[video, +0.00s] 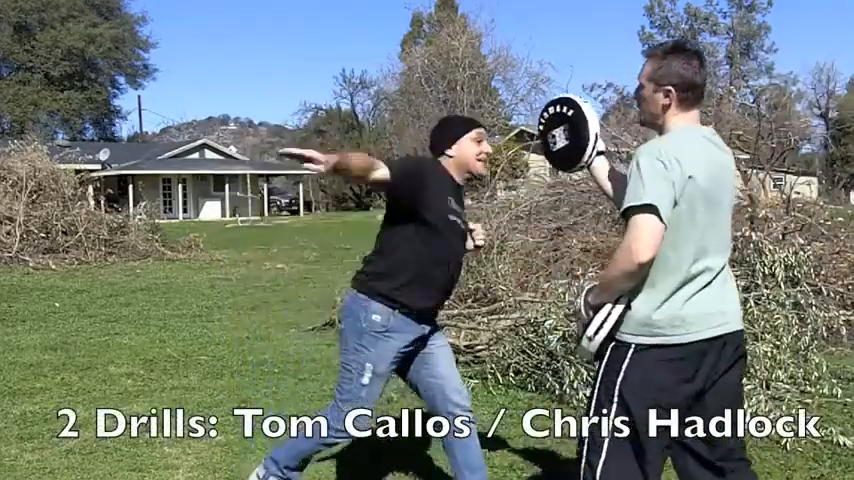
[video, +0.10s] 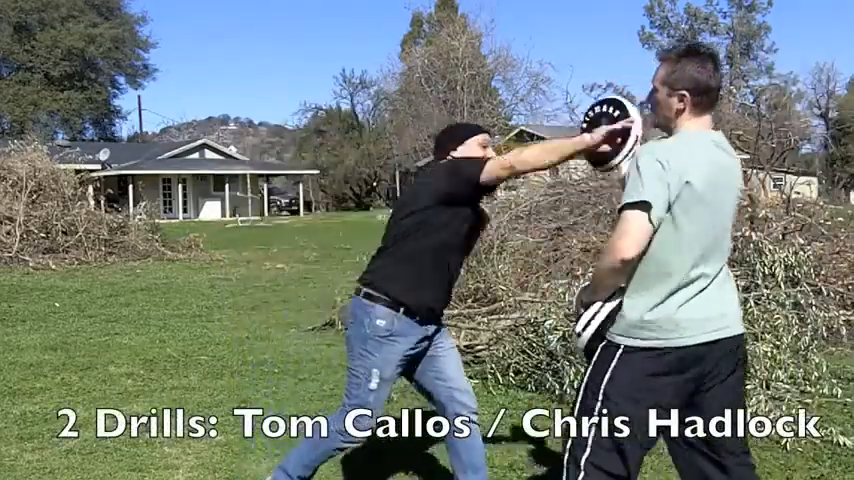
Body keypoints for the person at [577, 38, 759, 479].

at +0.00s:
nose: (635, 96)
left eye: (641, 86)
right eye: (638, 86)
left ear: (667, 95)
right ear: (687, 94)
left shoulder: (654, 155)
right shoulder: (717, 151)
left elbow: (639, 253)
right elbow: (643, 204)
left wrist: (595, 295)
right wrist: (594, 156)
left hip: (653, 340)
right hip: (720, 333)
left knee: (614, 462)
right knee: (720, 459)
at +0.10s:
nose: (649, 102)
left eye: (655, 93)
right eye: (652, 92)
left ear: (681, 101)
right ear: (705, 101)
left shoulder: (655, 156)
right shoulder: (727, 156)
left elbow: (623, 253)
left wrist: (591, 294)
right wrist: (632, 163)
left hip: (647, 340)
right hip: (719, 335)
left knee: (595, 462)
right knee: (723, 460)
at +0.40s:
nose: (605, 125)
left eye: (607, 116)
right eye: (607, 116)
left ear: (619, 119)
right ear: (664, 121)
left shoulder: (585, 177)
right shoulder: (698, 184)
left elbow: (539, 252)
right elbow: (739, 275)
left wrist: (553, 310)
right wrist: (784, 344)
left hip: (595, 355)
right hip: (683, 356)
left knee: (554, 463)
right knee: (715, 468)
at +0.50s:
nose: (564, 130)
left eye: (565, 121)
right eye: (565, 120)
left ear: (576, 123)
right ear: (620, 121)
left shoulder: (554, 182)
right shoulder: (661, 177)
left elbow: (527, 266)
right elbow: (723, 246)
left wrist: (533, 314)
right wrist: (788, 288)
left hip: (581, 355)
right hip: (665, 350)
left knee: (540, 466)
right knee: (697, 465)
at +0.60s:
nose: (517, 125)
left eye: (518, 116)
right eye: (516, 115)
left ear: (532, 120)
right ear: (573, 110)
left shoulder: (536, 175)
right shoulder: (616, 159)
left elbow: (544, 264)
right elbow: (675, 188)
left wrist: (527, 311)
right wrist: (714, 185)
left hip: (586, 338)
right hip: (654, 324)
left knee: (542, 463)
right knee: (681, 450)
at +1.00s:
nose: (550, 124)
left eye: (550, 114)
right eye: (549, 114)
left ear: (567, 116)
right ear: (606, 107)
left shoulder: (568, 177)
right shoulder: (645, 160)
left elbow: (549, 273)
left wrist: (541, 311)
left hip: (599, 346)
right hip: (672, 329)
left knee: (556, 465)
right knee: (690, 456)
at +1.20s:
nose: (593, 109)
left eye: (595, 99)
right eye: (593, 99)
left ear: (613, 103)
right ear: (651, 98)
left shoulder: (612, 165)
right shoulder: (679, 154)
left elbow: (590, 270)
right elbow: (672, 238)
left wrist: (570, 307)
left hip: (624, 343)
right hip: (695, 330)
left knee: (582, 464)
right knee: (707, 459)